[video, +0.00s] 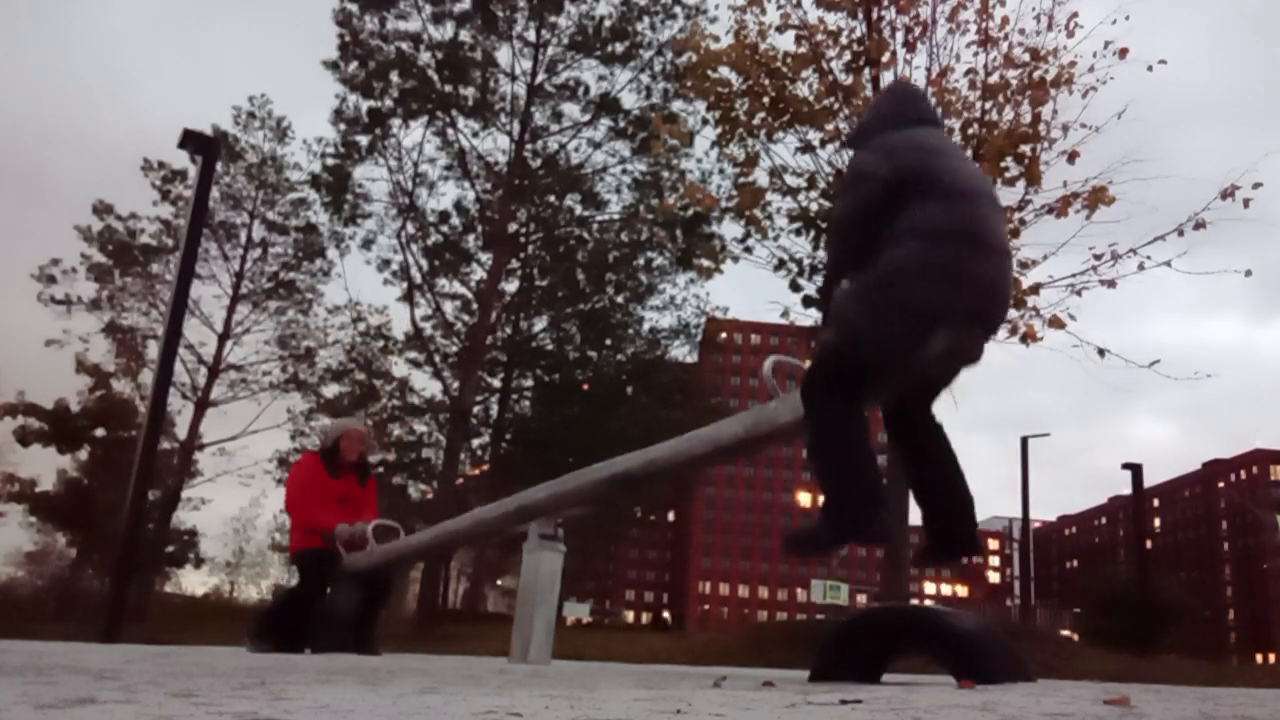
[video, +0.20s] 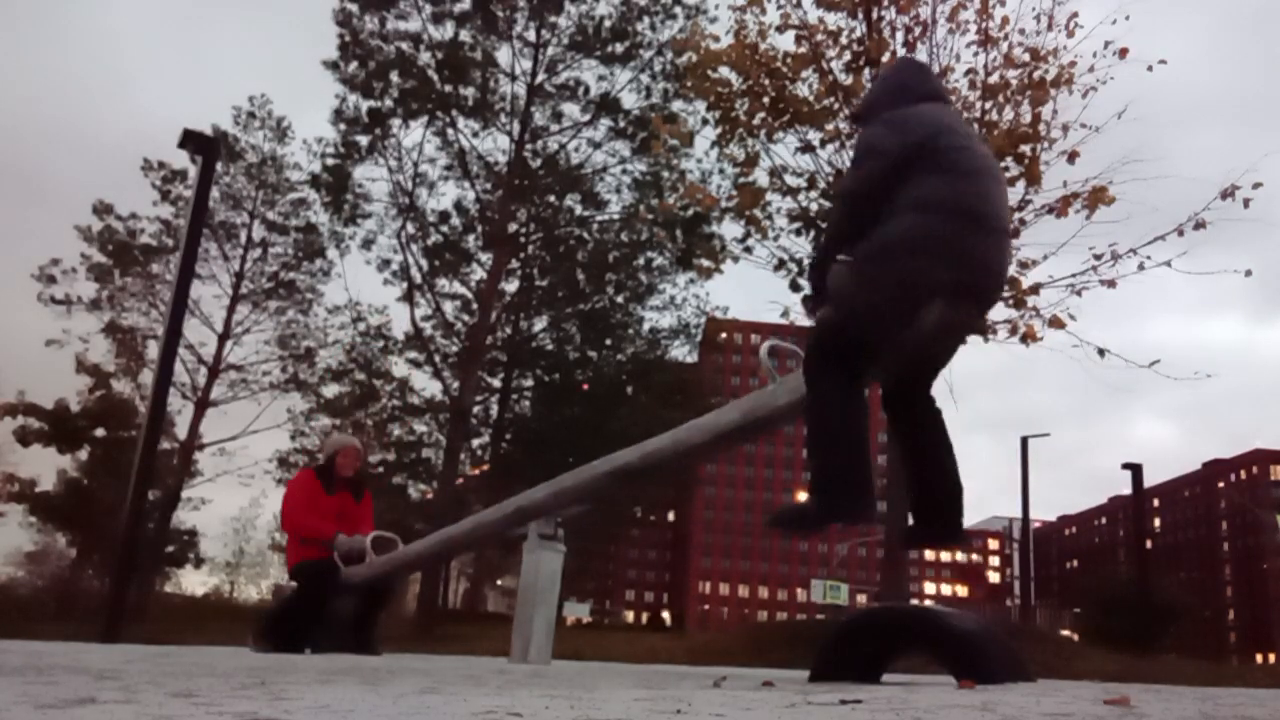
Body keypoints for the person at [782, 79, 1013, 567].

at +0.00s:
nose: (858, 145)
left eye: (863, 136)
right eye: (859, 137)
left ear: (880, 123)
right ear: (921, 120)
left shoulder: (883, 152)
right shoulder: (953, 157)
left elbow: (847, 229)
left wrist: (835, 298)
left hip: (914, 285)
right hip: (984, 295)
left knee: (827, 387)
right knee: (908, 406)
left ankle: (852, 512)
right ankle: (954, 533)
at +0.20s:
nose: (865, 124)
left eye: (869, 114)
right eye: (865, 117)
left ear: (888, 99)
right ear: (925, 94)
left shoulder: (894, 124)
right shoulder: (959, 131)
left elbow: (853, 202)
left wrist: (824, 272)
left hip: (912, 258)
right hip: (980, 269)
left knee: (830, 354)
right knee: (907, 384)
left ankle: (839, 496)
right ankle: (939, 519)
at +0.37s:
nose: (872, 113)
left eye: (877, 102)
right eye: (871, 105)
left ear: (895, 89)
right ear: (928, 84)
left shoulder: (906, 115)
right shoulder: (964, 131)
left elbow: (856, 185)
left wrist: (803, 225)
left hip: (899, 269)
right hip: (964, 278)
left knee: (826, 356)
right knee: (908, 387)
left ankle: (842, 482)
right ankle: (944, 522)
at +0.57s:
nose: (871, 118)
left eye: (878, 106)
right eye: (871, 107)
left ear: (904, 100)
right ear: (926, 98)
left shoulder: (938, 129)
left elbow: (930, 164)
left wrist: (839, 182)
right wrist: (847, 208)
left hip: (925, 295)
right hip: (963, 305)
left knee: (822, 367)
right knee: (905, 415)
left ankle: (838, 496)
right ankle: (961, 549)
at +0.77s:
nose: (883, 188)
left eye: (890, 176)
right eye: (882, 178)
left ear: (917, 170)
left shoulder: (968, 209)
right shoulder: (904, 232)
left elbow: (941, 242)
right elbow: (879, 334)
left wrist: (884, 259)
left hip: (953, 374)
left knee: (829, 445)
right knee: (915, 489)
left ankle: (858, 601)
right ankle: (982, 627)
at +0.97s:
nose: (888, 258)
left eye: (897, 246)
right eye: (886, 248)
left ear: (928, 245)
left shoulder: (975, 294)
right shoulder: (912, 314)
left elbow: (973, 354)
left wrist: (902, 373)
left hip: (968, 455)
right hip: (935, 455)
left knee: (829, 522)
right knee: (894, 556)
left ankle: (891, 653)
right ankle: (997, 646)